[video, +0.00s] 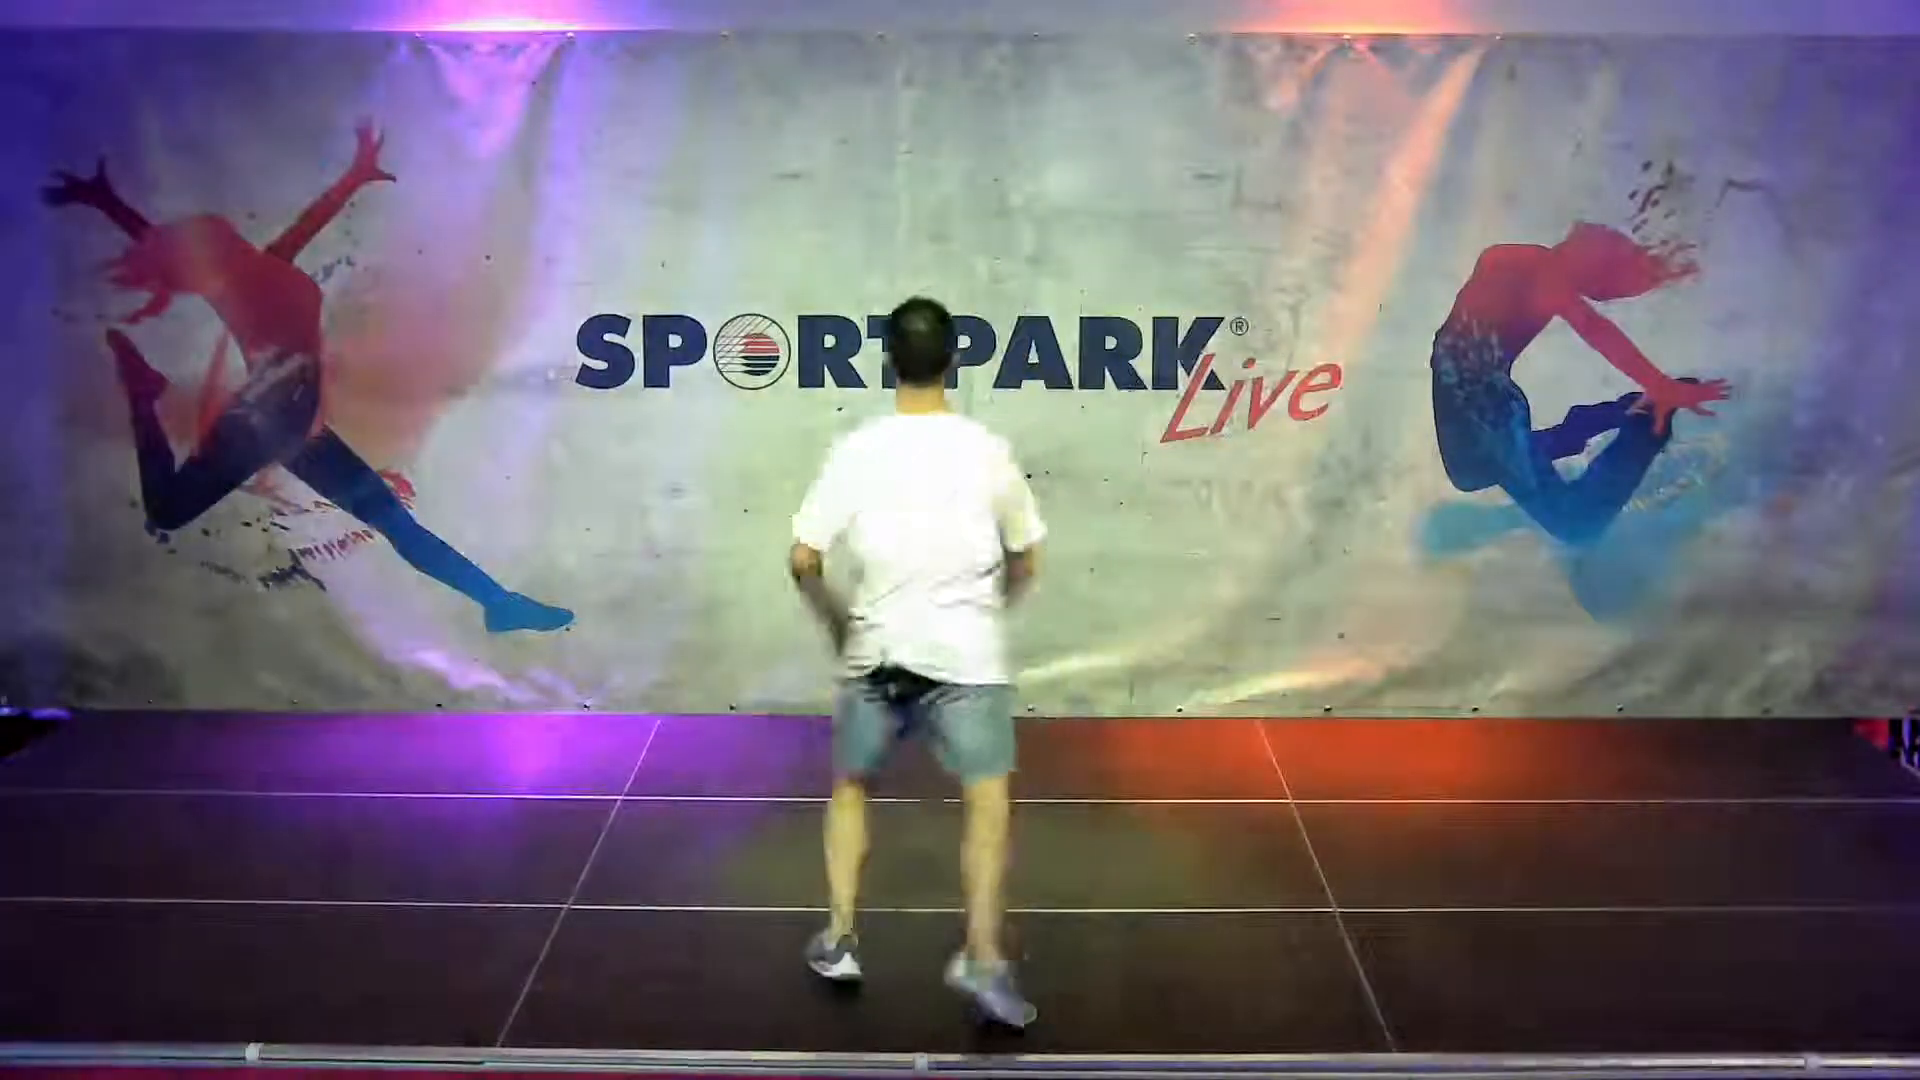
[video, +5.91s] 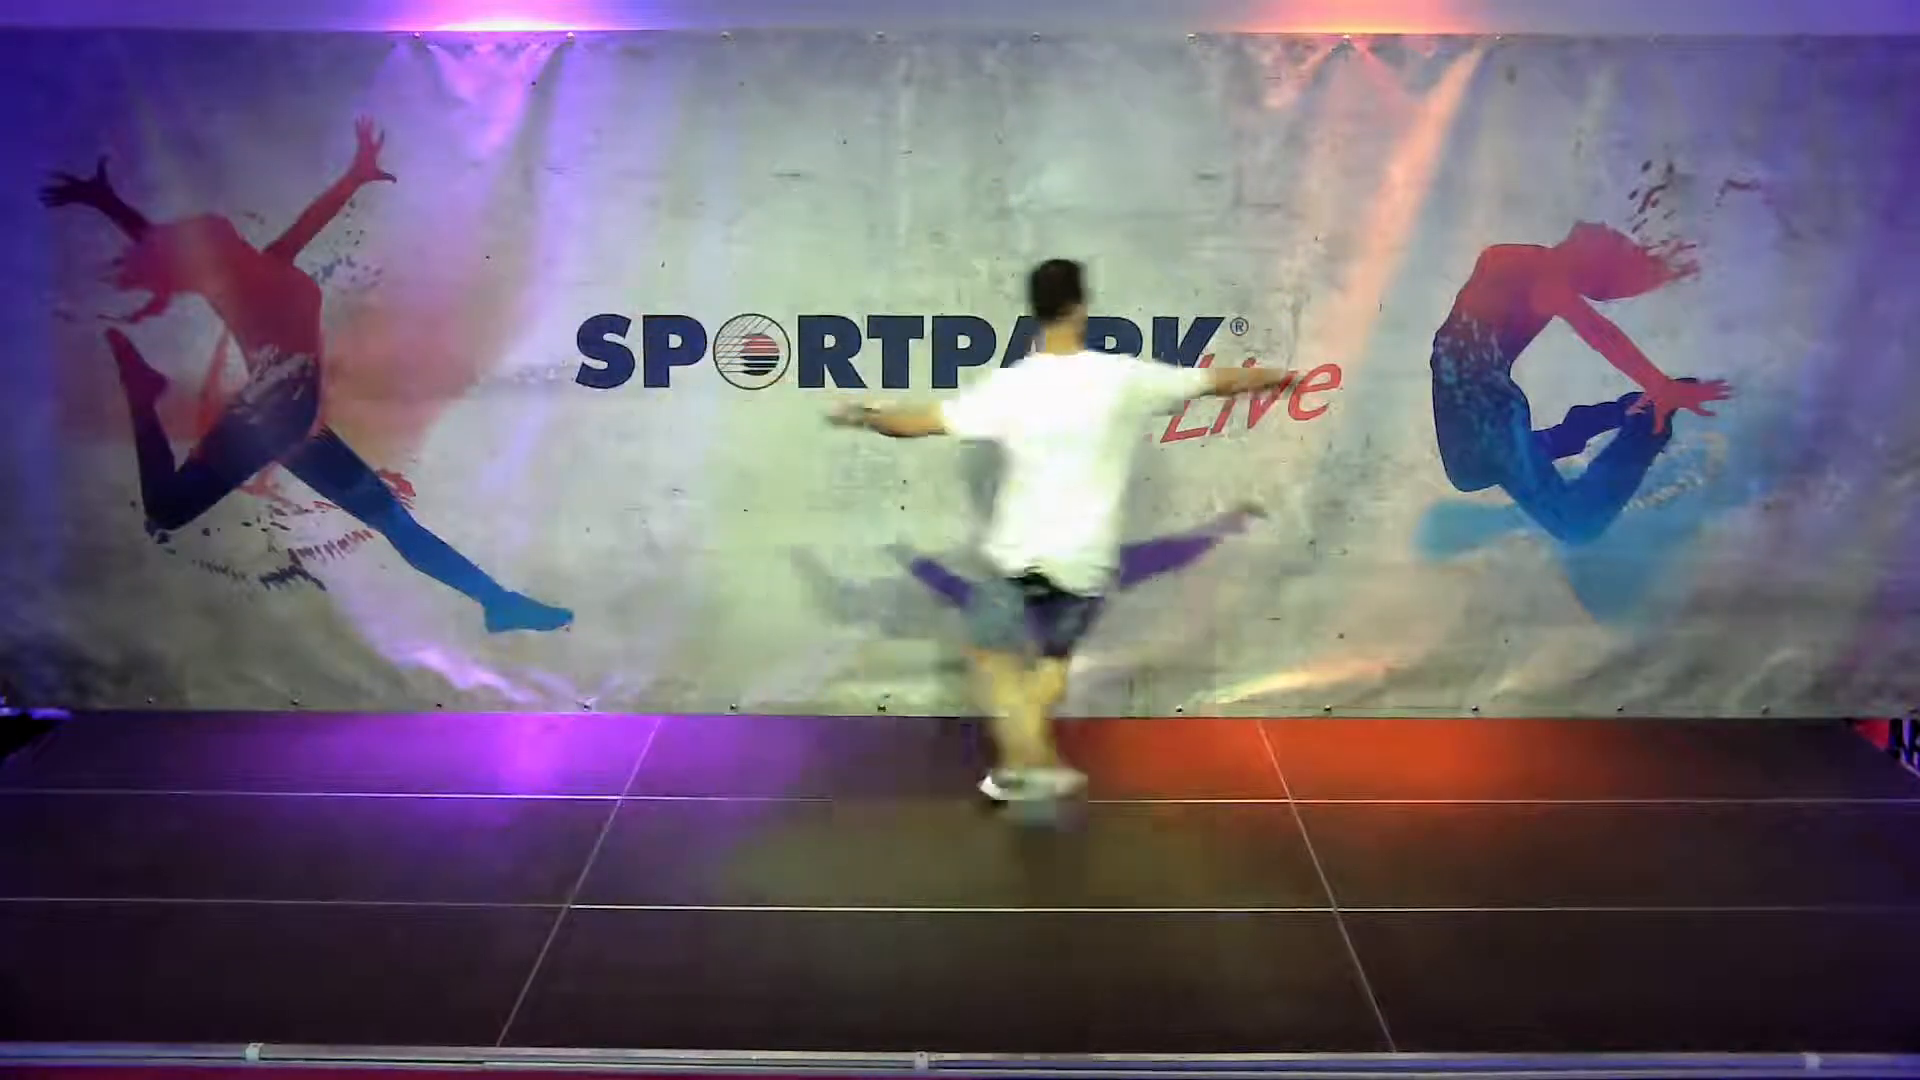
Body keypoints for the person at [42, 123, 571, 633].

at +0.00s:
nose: (181, 289)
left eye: (180, 270)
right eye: (177, 272)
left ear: (208, 257)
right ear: (204, 255)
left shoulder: (265, 268)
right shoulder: (239, 277)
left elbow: (309, 220)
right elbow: (158, 248)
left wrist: (359, 175)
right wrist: (104, 201)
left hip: (301, 428)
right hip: (261, 423)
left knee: (389, 515)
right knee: (167, 511)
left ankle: (500, 602)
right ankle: (142, 394)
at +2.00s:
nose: (190, 284)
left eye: (189, 264)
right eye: (188, 264)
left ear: (207, 255)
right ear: (207, 252)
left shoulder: (262, 268)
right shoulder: (240, 279)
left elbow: (311, 221)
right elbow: (160, 246)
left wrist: (358, 175)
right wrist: (104, 202)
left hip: (297, 426)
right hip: (261, 421)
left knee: (387, 513)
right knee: (166, 511)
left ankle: (500, 602)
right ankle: (141, 395)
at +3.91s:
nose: (181, 283)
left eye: (180, 263)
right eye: (178, 264)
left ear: (204, 254)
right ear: (195, 257)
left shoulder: (267, 267)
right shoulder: (231, 274)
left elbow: (309, 222)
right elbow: (153, 242)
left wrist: (357, 176)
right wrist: (99, 197)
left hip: (298, 425)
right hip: (261, 421)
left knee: (387, 514)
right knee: (166, 511)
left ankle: (500, 602)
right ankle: (141, 393)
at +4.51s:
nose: (219, 245)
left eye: (214, 237)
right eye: (206, 245)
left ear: (224, 240)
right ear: (198, 261)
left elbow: (313, 218)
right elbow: (157, 246)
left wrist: (358, 174)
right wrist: (100, 197)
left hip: (299, 427)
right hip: (257, 426)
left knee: (395, 521)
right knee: (166, 508)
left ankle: (508, 609)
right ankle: (141, 393)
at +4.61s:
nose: (171, 288)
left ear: (210, 249)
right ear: (210, 247)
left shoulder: (268, 266)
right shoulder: (233, 279)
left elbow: (312, 219)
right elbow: (156, 244)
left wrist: (359, 173)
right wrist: (102, 198)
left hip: (294, 425)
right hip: (262, 423)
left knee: (389, 515)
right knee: (167, 513)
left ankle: (497, 598)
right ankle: (140, 393)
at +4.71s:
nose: (176, 292)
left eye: (177, 274)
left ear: (213, 250)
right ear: (214, 247)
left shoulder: (268, 265)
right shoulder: (237, 280)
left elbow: (311, 220)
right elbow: (158, 247)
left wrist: (358, 174)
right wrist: (104, 199)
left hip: (296, 425)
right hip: (263, 423)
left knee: (391, 517)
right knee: (167, 513)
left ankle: (497, 598)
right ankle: (141, 395)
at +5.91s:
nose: (175, 292)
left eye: (175, 272)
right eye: (164, 279)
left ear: (201, 256)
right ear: (205, 253)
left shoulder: (262, 270)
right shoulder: (244, 274)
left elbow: (307, 223)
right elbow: (156, 243)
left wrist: (357, 176)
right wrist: (105, 201)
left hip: (294, 424)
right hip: (264, 420)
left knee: (386, 512)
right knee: (166, 511)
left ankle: (499, 601)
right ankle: (139, 393)